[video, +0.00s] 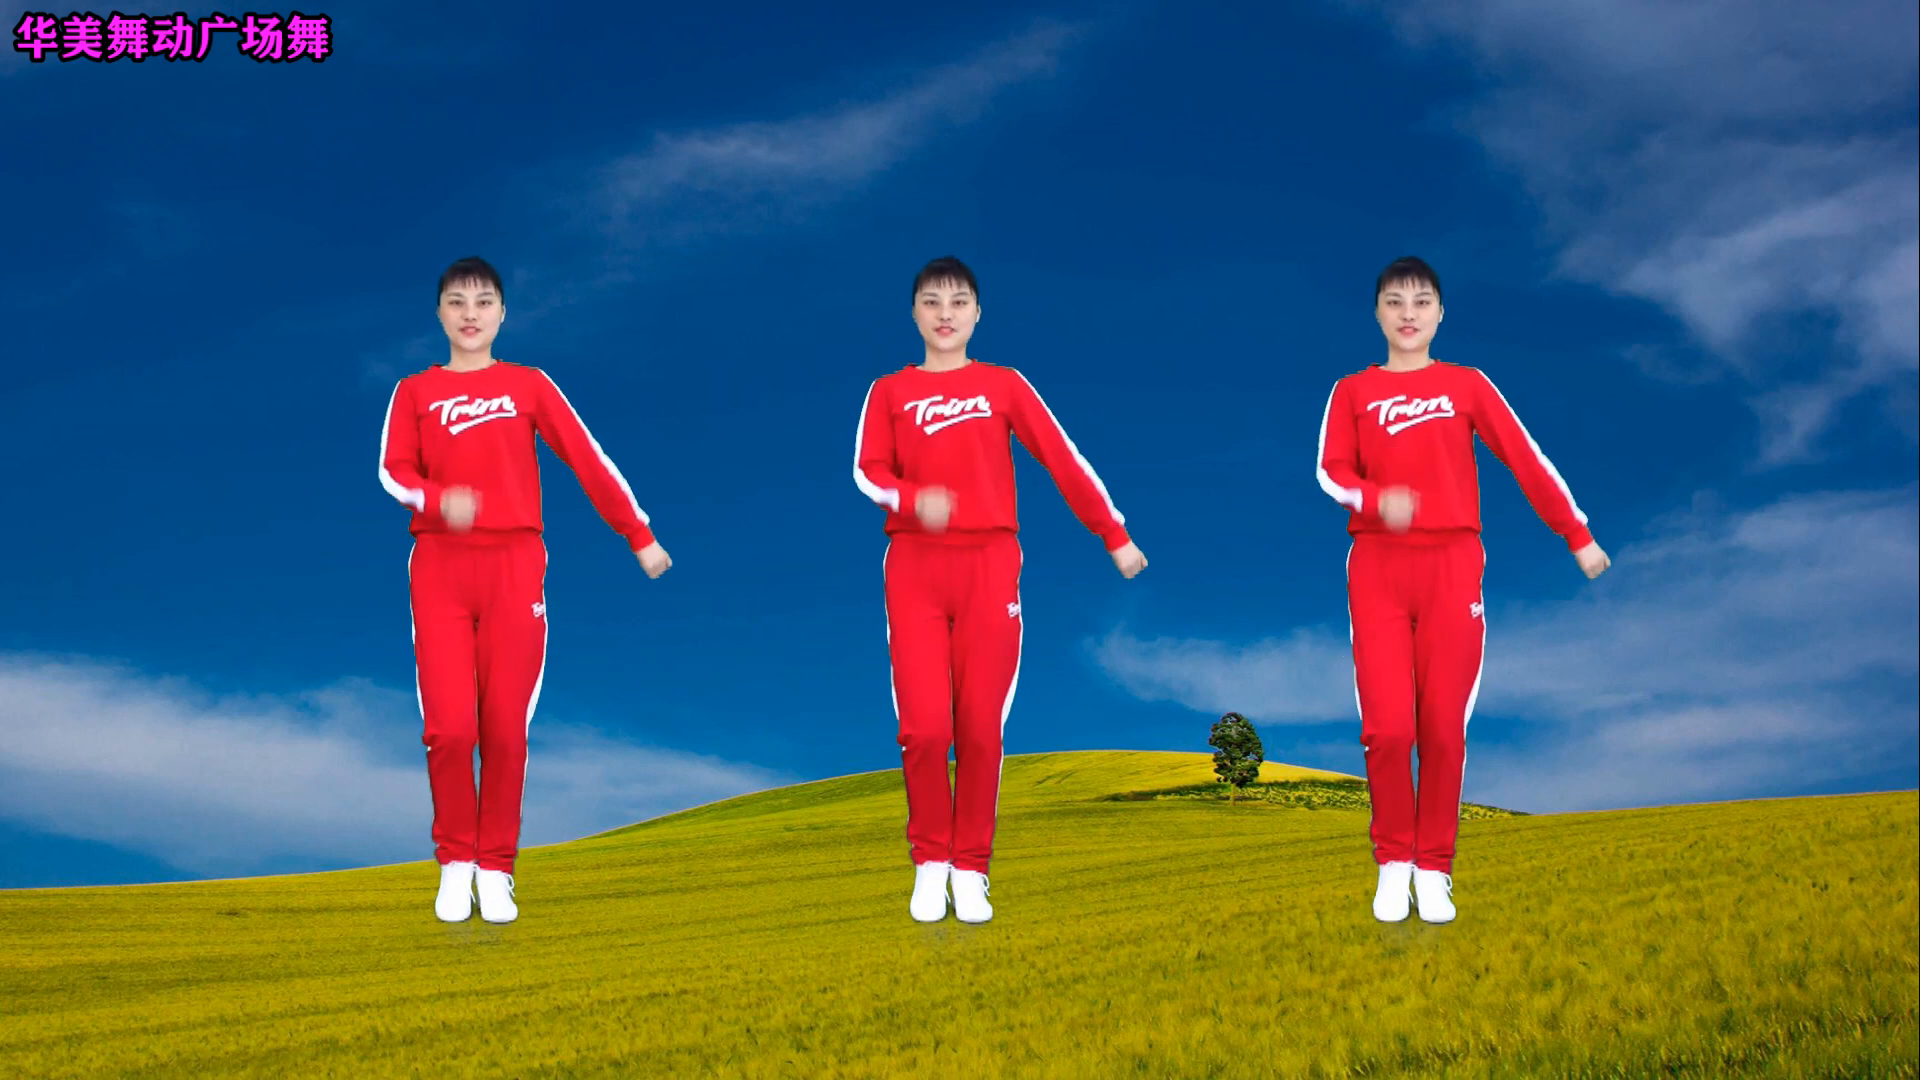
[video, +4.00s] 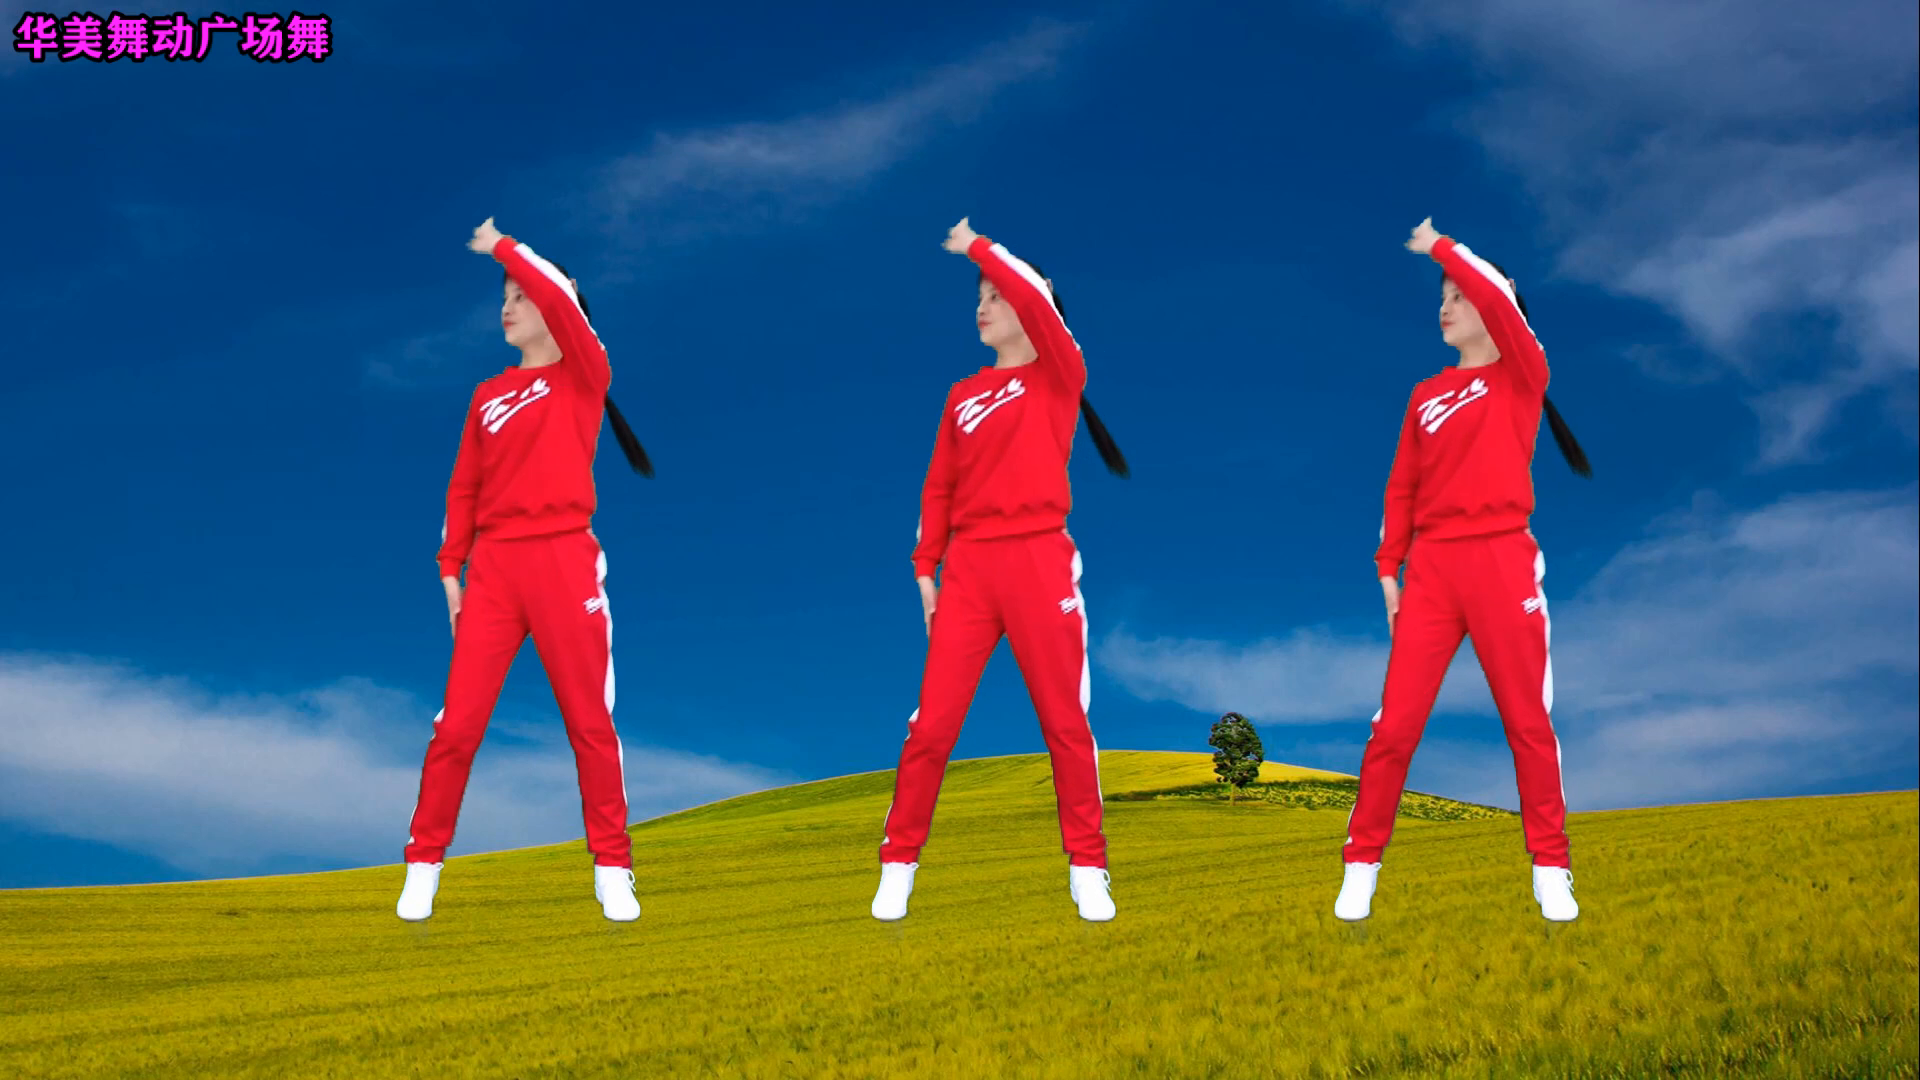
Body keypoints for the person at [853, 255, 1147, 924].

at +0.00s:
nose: (945, 313)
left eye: (958, 302)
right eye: (932, 302)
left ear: (976, 313)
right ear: (916, 313)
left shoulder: (1004, 385)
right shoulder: (888, 390)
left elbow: (1065, 460)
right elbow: (867, 472)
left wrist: (1116, 536)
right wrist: (911, 497)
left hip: (990, 569)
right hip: (914, 570)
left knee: (981, 724)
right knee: (923, 725)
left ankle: (971, 868)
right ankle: (930, 862)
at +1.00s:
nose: (934, 308)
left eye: (946, 298)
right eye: (923, 298)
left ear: (965, 310)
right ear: (905, 311)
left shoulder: (996, 387)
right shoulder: (878, 393)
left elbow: (1044, 472)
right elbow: (838, 471)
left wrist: (1077, 558)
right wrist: (897, 443)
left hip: (972, 563)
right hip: (896, 565)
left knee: (943, 704)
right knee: (901, 722)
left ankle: (964, 808)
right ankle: (928, 863)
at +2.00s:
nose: (959, 302)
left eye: (969, 292)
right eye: (943, 294)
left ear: (982, 308)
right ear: (920, 313)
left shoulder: (1010, 388)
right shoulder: (892, 383)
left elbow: (1039, 473)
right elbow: (806, 418)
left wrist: (1016, 489)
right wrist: (713, 453)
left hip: (998, 564)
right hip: (922, 565)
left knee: (988, 725)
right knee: (931, 727)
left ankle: (974, 868)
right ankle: (925, 870)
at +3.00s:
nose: (1038, 328)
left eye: (1048, 318)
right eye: (1024, 321)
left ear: (1065, 328)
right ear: (1006, 337)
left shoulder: (1104, 405)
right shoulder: (987, 407)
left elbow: (1133, 501)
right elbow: (900, 403)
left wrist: (1142, 580)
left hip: (1107, 575)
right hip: (1032, 579)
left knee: (1111, 731)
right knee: (1073, 706)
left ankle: (1085, 868)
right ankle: (1028, 784)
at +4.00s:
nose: (979, 308)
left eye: (993, 299)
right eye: (979, 299)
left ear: (1029, 310)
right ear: (984, 314)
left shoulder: (1058, 377)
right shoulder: (963, 394)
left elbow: (1036, 299)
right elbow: (940, 487)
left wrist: (978, 246)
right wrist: (926, 567)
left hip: (1040, 558)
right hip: (968, 563)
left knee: (1065, 720)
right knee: (933, 724)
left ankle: (1087, 861)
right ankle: (899, 859)